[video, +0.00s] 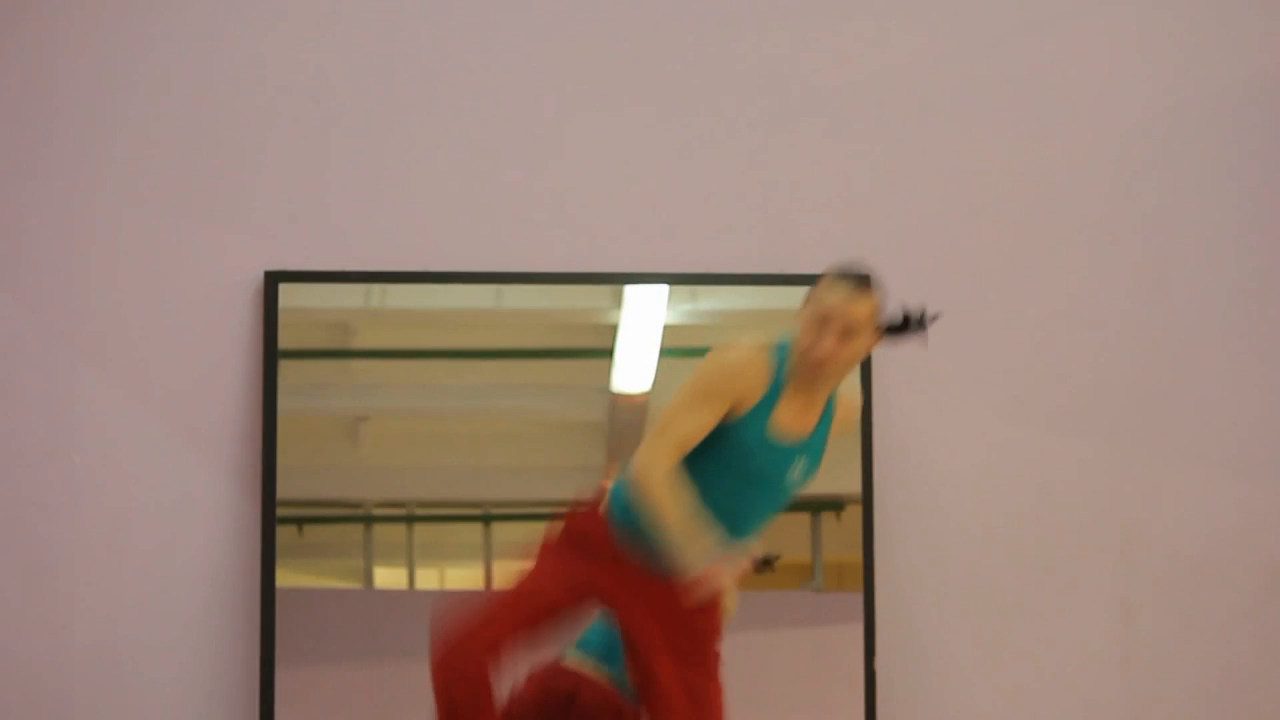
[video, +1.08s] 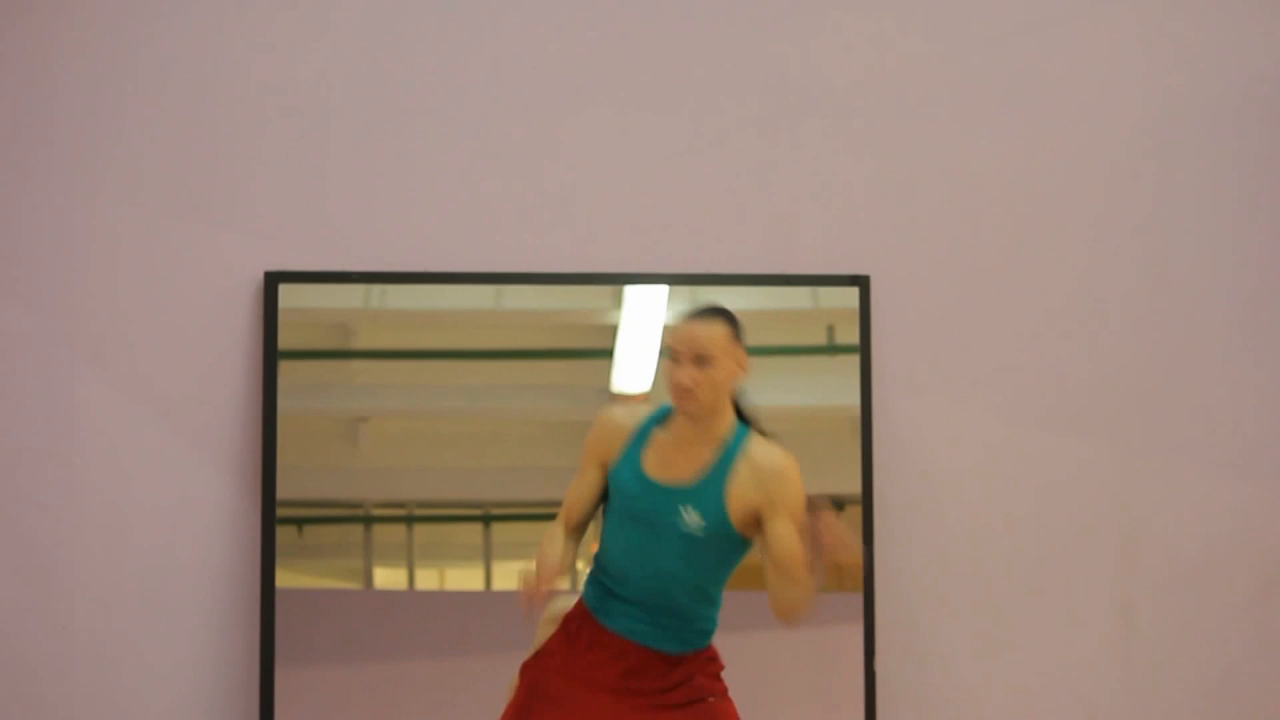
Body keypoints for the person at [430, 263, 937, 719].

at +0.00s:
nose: (826, 344)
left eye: (847, 333)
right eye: (820, 322)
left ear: (870, 345)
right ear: (800, 316)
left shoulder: (840, 406)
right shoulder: (741, 368)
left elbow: (759, 487)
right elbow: (648, 468)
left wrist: (731, 563)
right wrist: (704, 555)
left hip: (686, 588)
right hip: (606, 545)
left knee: (693, 713)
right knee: (461, 644)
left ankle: (564, 690)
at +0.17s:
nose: (826, 344)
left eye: (847, 333)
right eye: (820, 322)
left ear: (870, 345)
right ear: (799, 316)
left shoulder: (840, 406)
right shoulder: (741, 368)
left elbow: (759, 488)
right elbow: (648, 469)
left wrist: (730, 562)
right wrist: (704, 554)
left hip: (686, 588)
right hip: (606, 545)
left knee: (693, 712)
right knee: (461, 645)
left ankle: (566, 690)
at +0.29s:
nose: (795, 369)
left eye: (817, 356)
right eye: (787, 350)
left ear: (844, 367)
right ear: (770, 349)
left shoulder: (823, 450)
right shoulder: (708, 403)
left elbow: (747, 529)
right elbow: (621, 498)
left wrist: (774, 603)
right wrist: (648, 594)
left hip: (678, 627)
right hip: (589, 598)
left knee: (711, 712)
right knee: (521, 710)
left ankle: (602, 697)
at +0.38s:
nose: (796, 368)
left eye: (816, 356)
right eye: (787, 350)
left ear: (844, 366)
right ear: (770, 348)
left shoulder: (824, 448)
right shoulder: (708, 402)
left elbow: (747, 529)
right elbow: (621, 498)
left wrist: (775, 605)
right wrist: (648, 594)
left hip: (678, 626)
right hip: (589, 597)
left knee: (711, 712)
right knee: (521, 710)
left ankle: (602, 698)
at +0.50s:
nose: (758, 383)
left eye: (779, 372)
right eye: (753, 365)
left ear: (816, 381)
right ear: (742, 363)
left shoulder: (805, 483)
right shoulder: (674, 426)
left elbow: (799, 570)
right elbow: (593, 524)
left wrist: (832, 659)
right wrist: (595, 629)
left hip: (678, 656)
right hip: (586, 636)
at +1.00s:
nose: (703, 386)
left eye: (723, 373)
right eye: (694, 368)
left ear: (759, 381)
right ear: (683, 371)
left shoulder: (782, 488)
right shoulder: (624, 439)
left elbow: (795, 606)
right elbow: (562, 534)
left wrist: (851, 617)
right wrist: (547, 603)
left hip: (678, 686)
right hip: (577, 664)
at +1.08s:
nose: (682, 377)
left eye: (701, 362)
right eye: (673, 359)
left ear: (740, 366)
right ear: (663, 360)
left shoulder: (768, 470)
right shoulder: (619, 427)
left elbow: (789, 606)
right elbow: (568, 524)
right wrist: (548, 571)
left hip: (678, 681)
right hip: (582, 656)